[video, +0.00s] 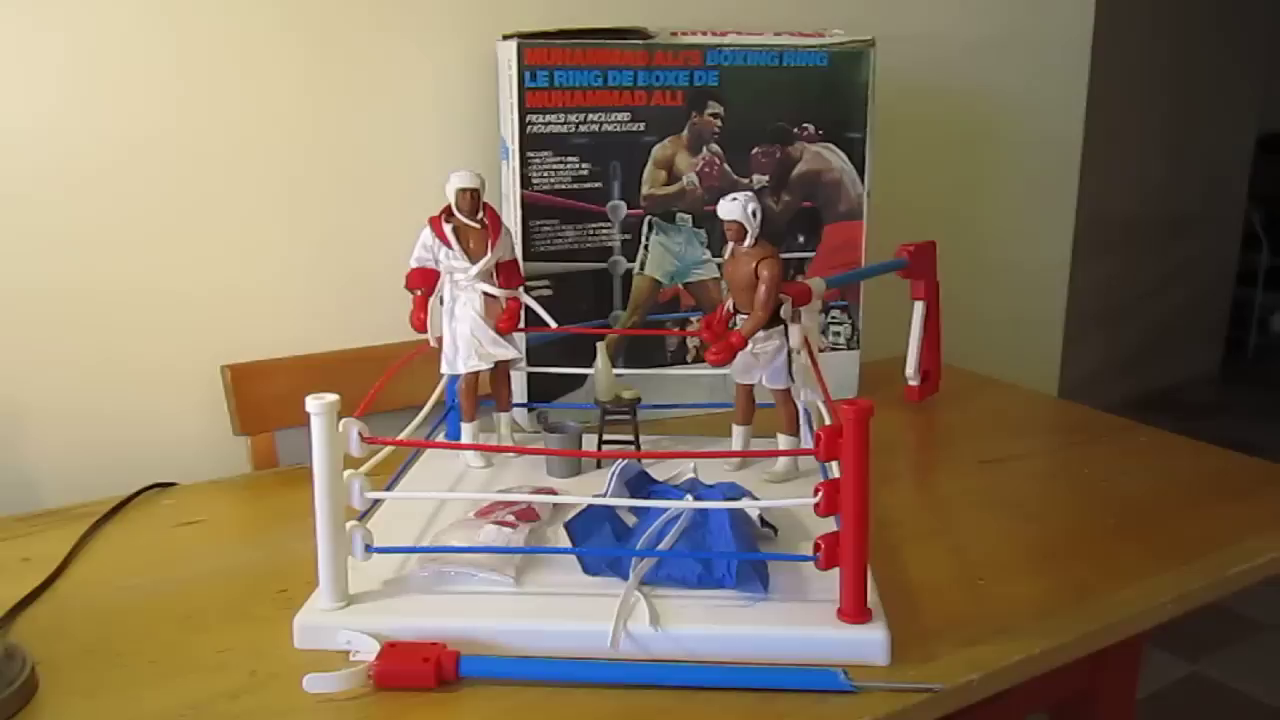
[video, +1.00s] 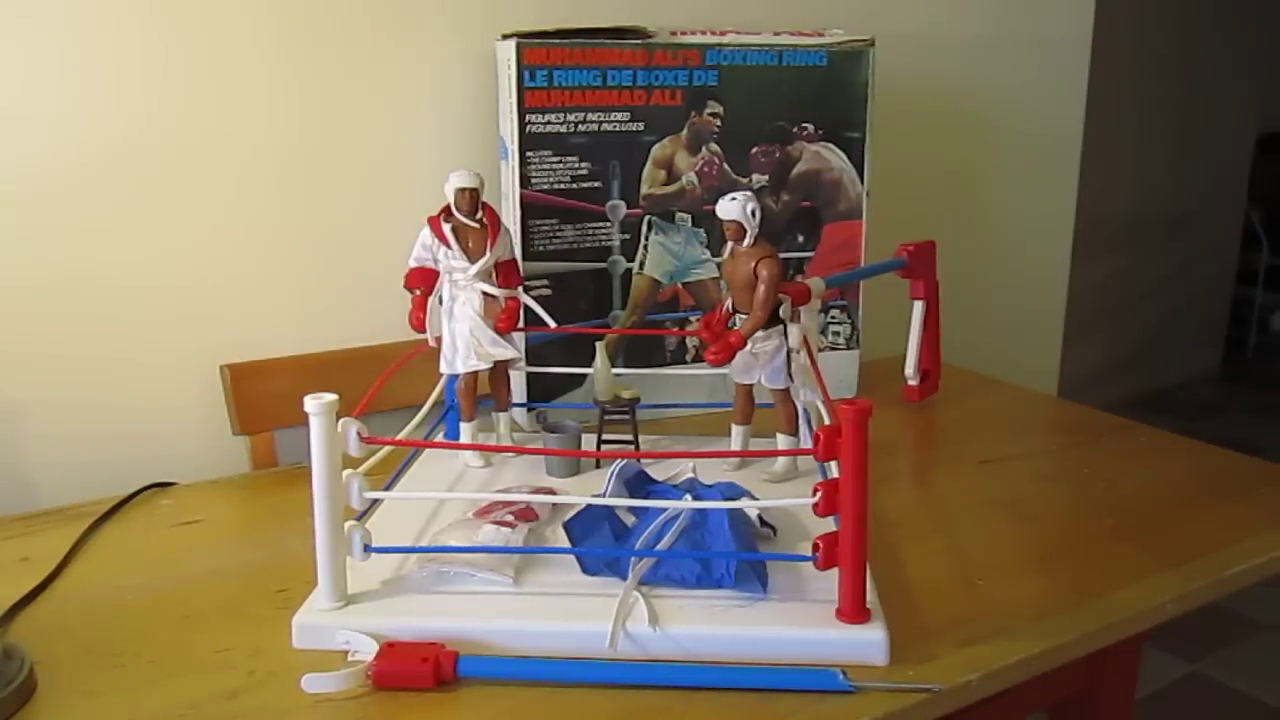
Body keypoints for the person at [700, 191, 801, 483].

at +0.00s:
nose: (726, 230)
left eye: (731, 225)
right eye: (724, 224)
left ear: (748, 225)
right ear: (725, 225)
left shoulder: (767, 261)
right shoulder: (731, 252)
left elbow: (762, 313)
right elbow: (735, 292)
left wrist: (737, 340)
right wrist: (721, 316)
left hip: (770, 333)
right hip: (743, 330)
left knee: (780, 392)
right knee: (743, 387)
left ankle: (788, 457)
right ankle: (739, 450)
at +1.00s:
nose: (725, 229)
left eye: (730, 224)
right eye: (723, 223)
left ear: (748, 224)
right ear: (724, 224)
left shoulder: (767, 262)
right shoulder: (731, 251)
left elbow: (761, 314)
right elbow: (734, 292)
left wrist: (736, 339)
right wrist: (720, 317)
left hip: (769, 334)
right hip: (743, 331)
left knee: (780, 392)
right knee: (742, 388)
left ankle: (787, 457)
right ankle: (738, 451)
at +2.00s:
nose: (725, 228)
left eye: (730, 223)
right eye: (723, 223)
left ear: (748, 223)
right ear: (724, 223)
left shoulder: (767, 263)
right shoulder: (731, 250)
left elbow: (761, 314)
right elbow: (735, 292)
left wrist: (736, 340)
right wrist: (719, 318)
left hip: (768, 333)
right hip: (742, 329)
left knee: (780, 392)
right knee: (742, 387)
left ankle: (787, 457)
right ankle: (737, 450)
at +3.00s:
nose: (726, 227)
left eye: (731, 222)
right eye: (724, 222)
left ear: (748, 222)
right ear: (723, 222)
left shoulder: (767, 262)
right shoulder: (730, 249)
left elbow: (761, 314)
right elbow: (734, 293)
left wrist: (735, 340)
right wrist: (720, 319)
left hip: (768, 333)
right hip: (743, 329)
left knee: (780, 391)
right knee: (742, 387)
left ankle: (787, 457)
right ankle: (737, 450)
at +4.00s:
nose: (725, 228)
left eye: (730, 223)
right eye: (723, 222)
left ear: (748, 223)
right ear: (723, 223)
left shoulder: (767, 261)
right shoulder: (729, 250)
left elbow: (761, 313)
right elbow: (734, 291)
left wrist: (736, 338)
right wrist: (719, 315)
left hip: (769, 332)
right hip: (742, 329)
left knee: (780, 390)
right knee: (742, 386)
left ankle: (787, 456)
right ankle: (738, 450)